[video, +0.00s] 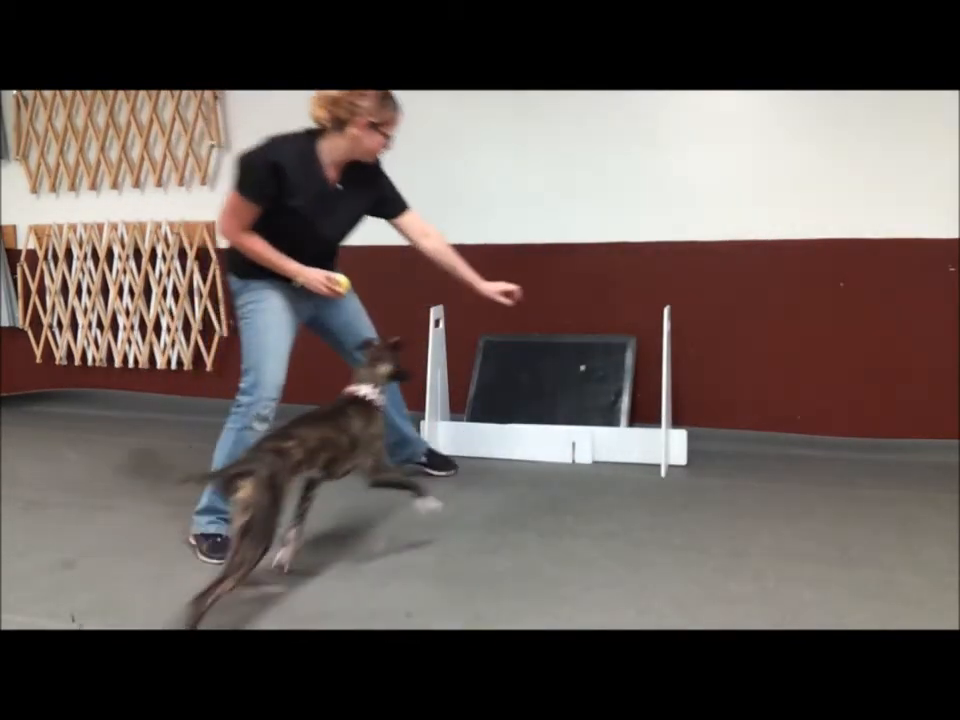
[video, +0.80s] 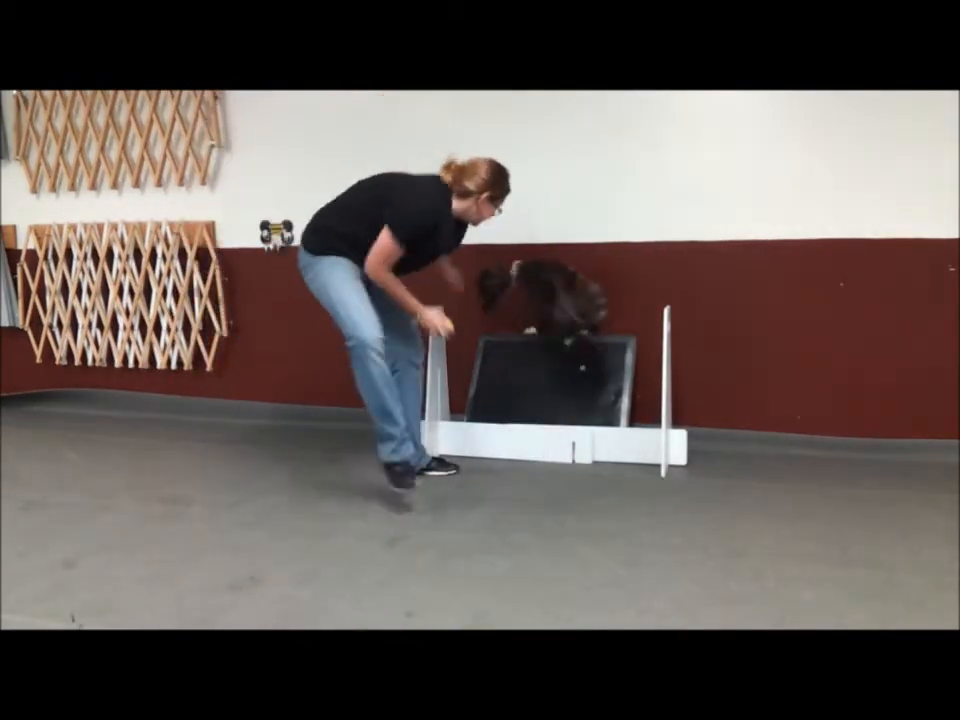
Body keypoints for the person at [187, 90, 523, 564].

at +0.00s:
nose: (386, 142)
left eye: (390, 133)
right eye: (380, 130)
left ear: (372, 129)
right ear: (349, 122)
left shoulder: (369, 177)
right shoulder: (273, 161)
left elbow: (423, 234)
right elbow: (232, 230)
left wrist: (481, 285)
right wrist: (300, 272)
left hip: (322, 282)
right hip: (264, 282)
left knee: (375, 362)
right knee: (261, 398)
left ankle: (406, 451)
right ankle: (213, 518)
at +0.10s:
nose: (432, 162)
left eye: (434, 154)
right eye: (427, 152)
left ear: (408, 151)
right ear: (402, 146)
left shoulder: (404, 196)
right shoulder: (329, 173)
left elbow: (456, 243)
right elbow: (272, 229)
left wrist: (511, 287)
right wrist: (334, 284)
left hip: (346, 286)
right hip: (290, 282)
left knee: (400, 370)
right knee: (279, 394)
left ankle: (404, 455)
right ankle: (220, 518)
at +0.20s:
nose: (467, 185)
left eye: (470, 178)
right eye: (466, 175)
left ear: (449, 172)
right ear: (446, 167)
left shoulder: (439, 214)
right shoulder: (382, 179)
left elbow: (482, 247)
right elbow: (312, 227)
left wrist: (534, 281)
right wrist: (358, 289)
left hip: (363, 287)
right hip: (315, 278)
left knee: (410, 360)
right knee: (307, 382)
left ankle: (411, 456)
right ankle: (242, 506)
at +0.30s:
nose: (487, 199)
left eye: (490, 192)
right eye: (487, 190)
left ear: (465, 182)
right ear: (471, 183)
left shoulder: (456, 221)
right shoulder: (417, 190)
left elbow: (491, 241)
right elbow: (344, 230)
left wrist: (536, 263)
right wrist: (381, 295)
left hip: (368, 277)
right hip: (328, 268)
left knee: (412, 357)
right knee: (335, 374)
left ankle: (407, 456)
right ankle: (275, 497)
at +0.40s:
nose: (493, 203)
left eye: (495, 195)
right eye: (493, 194)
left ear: (473, 185)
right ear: (478, 187)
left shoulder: (455, 211)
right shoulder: (433, 196)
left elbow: (486, 229)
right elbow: (366, 234)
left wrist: (518, 243)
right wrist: (400, 296)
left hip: (369, 266)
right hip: (336, 264)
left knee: (412, 355)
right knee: (363, 367)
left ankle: (407, 458)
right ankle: (316, 491)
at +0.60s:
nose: (492, 199)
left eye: (495, 193)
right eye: (493, 190)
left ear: (472, 179)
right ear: (477, 181)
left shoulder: (447, 194)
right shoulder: (434, 195)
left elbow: (444, 213)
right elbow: (374, 241)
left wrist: (470, 225)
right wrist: (412, 288)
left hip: (382, 265)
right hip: (348, 265)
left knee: (422, 353)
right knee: (402, 359)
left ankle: (410, 456)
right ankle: (372, 481)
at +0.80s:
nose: (494, 213)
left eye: (498, 206)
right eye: (495, 204)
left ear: (474, 194)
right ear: (479, 197)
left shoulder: (456, 220)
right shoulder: (423, 206)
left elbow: (431, 245)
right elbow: (375, 267)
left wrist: (448, 270)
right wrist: (421, 312)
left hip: (371, 260)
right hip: (328, 254)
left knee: (407, 348)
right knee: (367, 339)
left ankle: (414, 453)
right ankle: (396, 453)